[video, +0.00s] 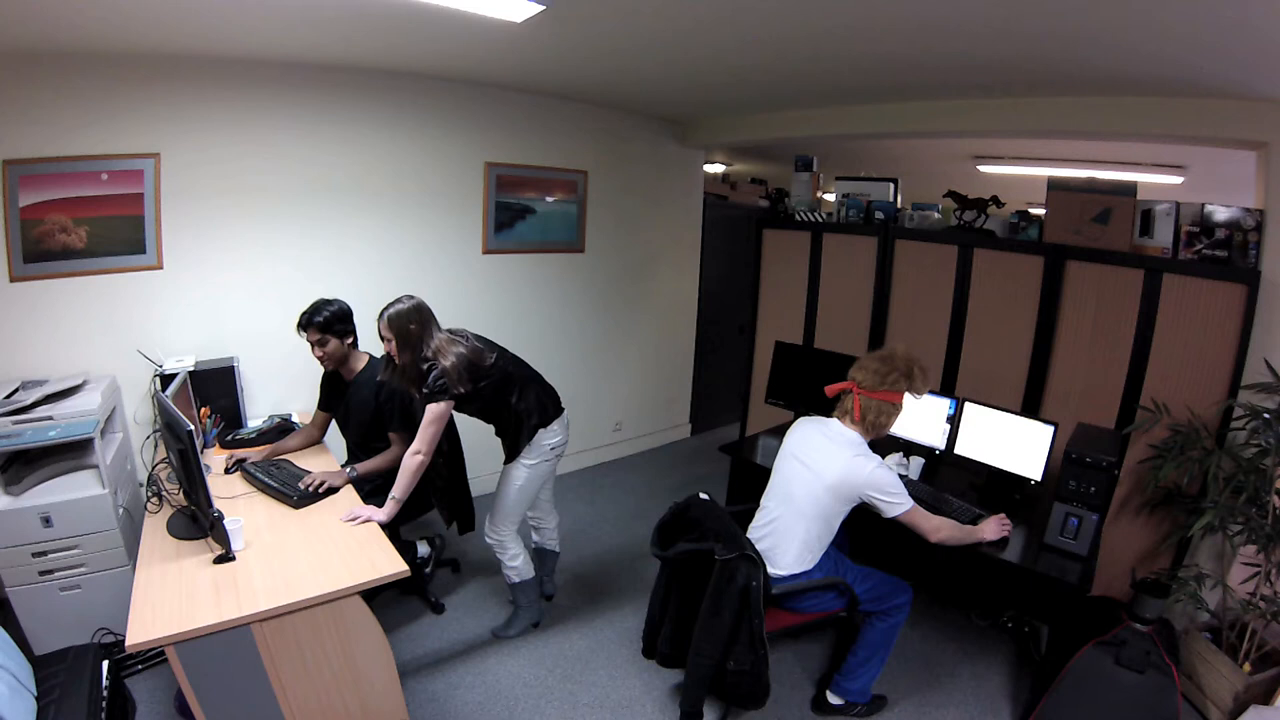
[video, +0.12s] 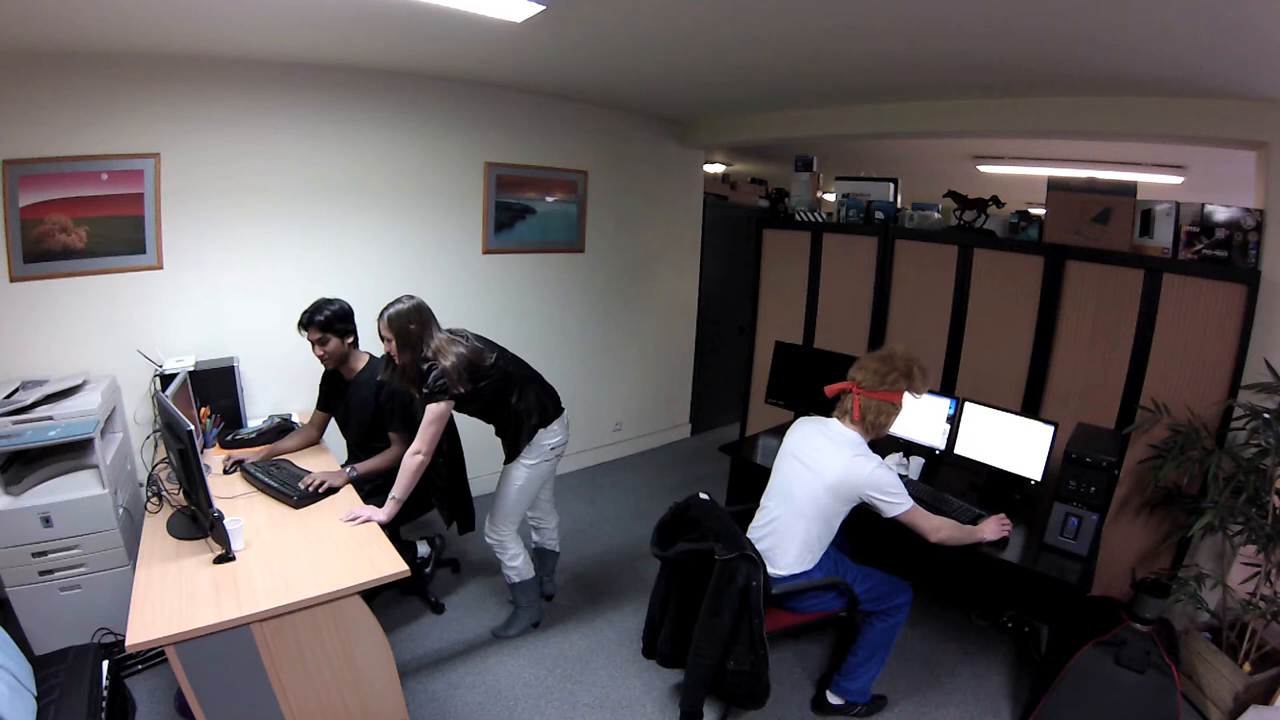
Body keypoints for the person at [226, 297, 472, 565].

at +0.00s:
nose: (316, 353)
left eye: (322, 344)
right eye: (311, 345)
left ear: (348, 338)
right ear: (309, 343)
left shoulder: (387, 381)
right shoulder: (334, 376)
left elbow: (401, 450)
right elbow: (314, 431)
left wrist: (346, 473)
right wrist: (265, 452)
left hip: (403, 478)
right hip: (363, 474)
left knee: (342, 533)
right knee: (314, 516)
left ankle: (419, 552)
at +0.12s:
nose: (317, 352)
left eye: (322, 343)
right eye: (312, 344)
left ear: (349, 337)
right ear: (312, 342)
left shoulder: (387, 380)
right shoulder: (333, 375)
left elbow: (402, 449)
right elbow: (313, 430)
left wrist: (346, 474)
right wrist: (263, 453)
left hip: (403, 477)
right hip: (363, 474)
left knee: (340, 531)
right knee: (313, 515)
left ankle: (419, 553)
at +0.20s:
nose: (317, 352)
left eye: (323, 343)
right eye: (312, 344)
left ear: (350, 337)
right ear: (312, 342)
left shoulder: (387, 380)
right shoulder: (334, 375)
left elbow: (401, 449)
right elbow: (313, 432)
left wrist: (346, 473)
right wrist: (263, 453)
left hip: (404, 477)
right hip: (363, 474)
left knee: (341, 532)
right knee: (315, 515)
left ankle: (419, 553)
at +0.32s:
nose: (316, 353)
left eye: (322, 344)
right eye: (312, 345)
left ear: (349, 339)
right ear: (312, 343)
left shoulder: (387, 380)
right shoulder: (334, 376)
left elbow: (401, 449)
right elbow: (313, 432)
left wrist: (346, 474)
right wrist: (263, 453)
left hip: (405, 477)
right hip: (365, 474)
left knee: (341, 532)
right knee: (315, 515)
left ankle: (418, 552)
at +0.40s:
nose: (315, 356)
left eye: (321, 346)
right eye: (311, 348)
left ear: (348, 341)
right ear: (312, 346)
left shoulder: (387, 380)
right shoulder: (335, 376)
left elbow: (402, 448)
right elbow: (313, 431)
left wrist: (347, 474)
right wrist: (264, 453)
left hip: (404, 476)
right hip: (363, 474)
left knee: (343, 528)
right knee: (317, 515)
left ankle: (418, 553)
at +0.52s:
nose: (314, 362)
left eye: (318, 353)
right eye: (309, 354)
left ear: (346, 345)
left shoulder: (389, 381)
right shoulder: (335, 377)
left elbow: (401, 449)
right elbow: (313, 432)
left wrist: (347, 473)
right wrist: (262, 453)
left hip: (405, 477)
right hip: (365, 473)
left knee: (341, 529)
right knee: (315, 512)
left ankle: (418, 552)